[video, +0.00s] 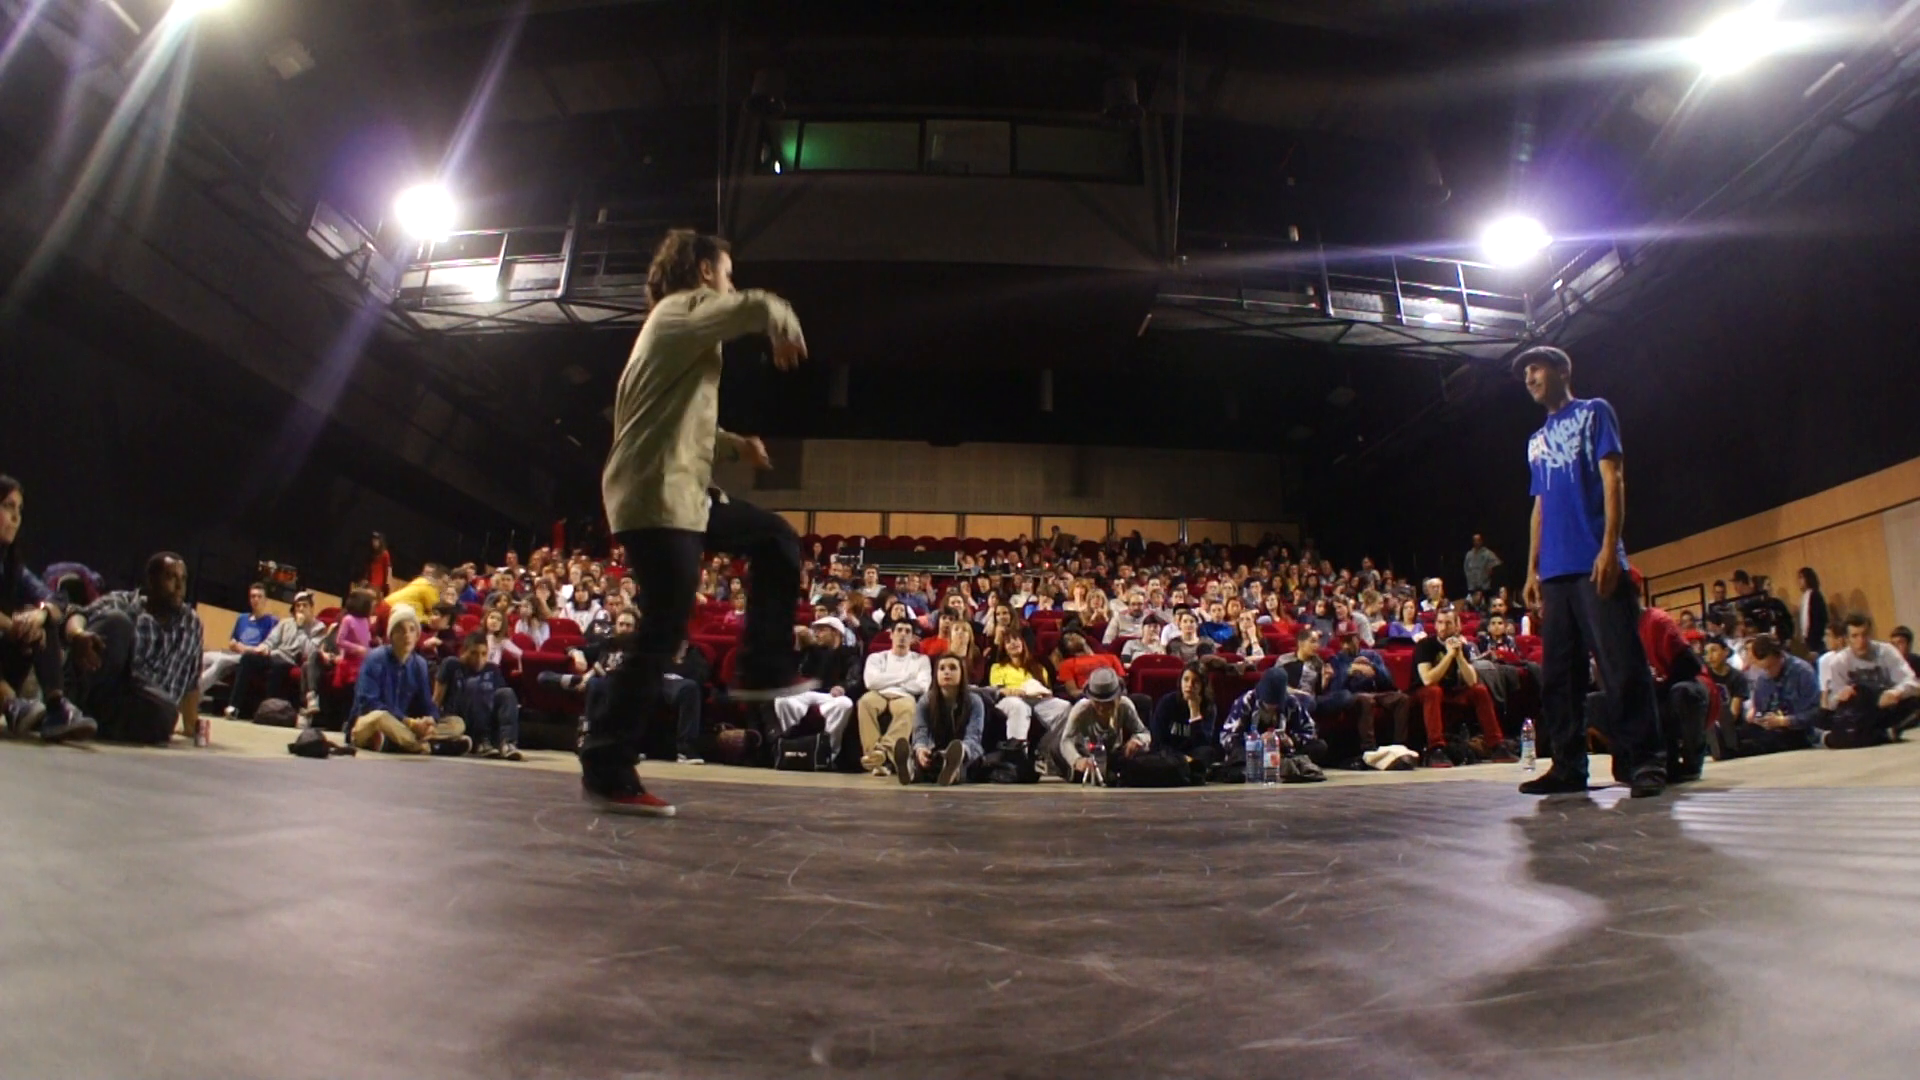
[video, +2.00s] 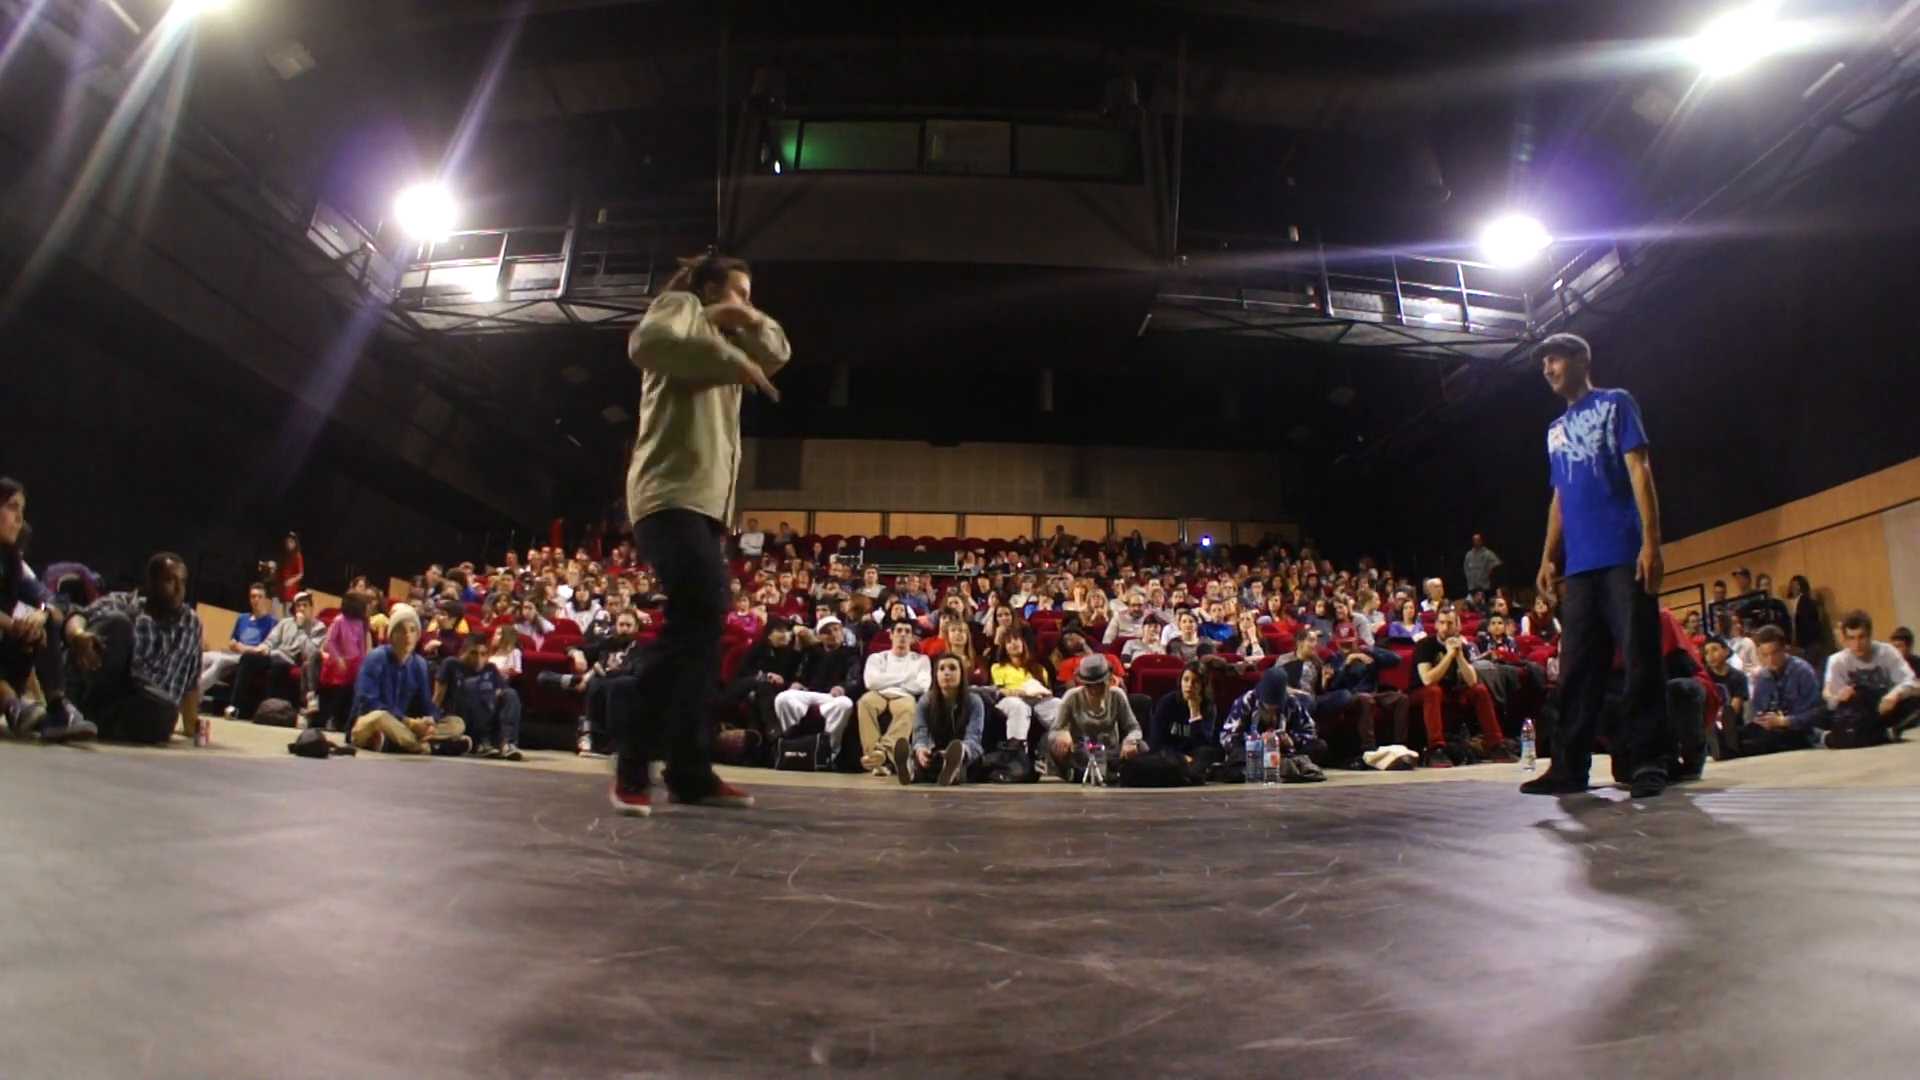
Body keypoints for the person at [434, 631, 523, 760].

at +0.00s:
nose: (479, 659)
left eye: (483, 654)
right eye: (474, 654)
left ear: (488, 654)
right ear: (465, 652)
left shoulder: (492, 670)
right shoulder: (451, 665)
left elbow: (501, 695)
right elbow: (438, 698)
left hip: (488, 717)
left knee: (507, 693)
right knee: (472, 687)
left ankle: (507, 743)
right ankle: (482, 742)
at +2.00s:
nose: (478, 659)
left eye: (483, 654)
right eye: (474, 654)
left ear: (488, 654)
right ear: (465, 653)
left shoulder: (491, 669)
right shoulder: (451, 664)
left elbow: (499, 694)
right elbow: (438, 697)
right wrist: (429, 721)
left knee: (510, 694)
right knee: (471, 690)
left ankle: (507, 743)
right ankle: (482, 742)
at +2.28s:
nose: (478, 658)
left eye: (483, 654)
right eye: (474, 653)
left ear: (487, 654)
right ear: (465, 653)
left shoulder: (491, 669)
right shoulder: (451, 665)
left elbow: (499, 694)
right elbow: (438, 697)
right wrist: (430, 721)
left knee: (510, 694)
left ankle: (508, 743)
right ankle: (483, 742)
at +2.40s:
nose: (478, 658)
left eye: (482, 654)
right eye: (473, 653)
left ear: (486, 654)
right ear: (465, 653)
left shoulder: (491, 669)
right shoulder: (451, 665)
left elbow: (498, 694)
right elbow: (438, 697)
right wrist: (429, 720)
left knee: (510, 694)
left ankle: (508, 743)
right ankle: (483, 742)